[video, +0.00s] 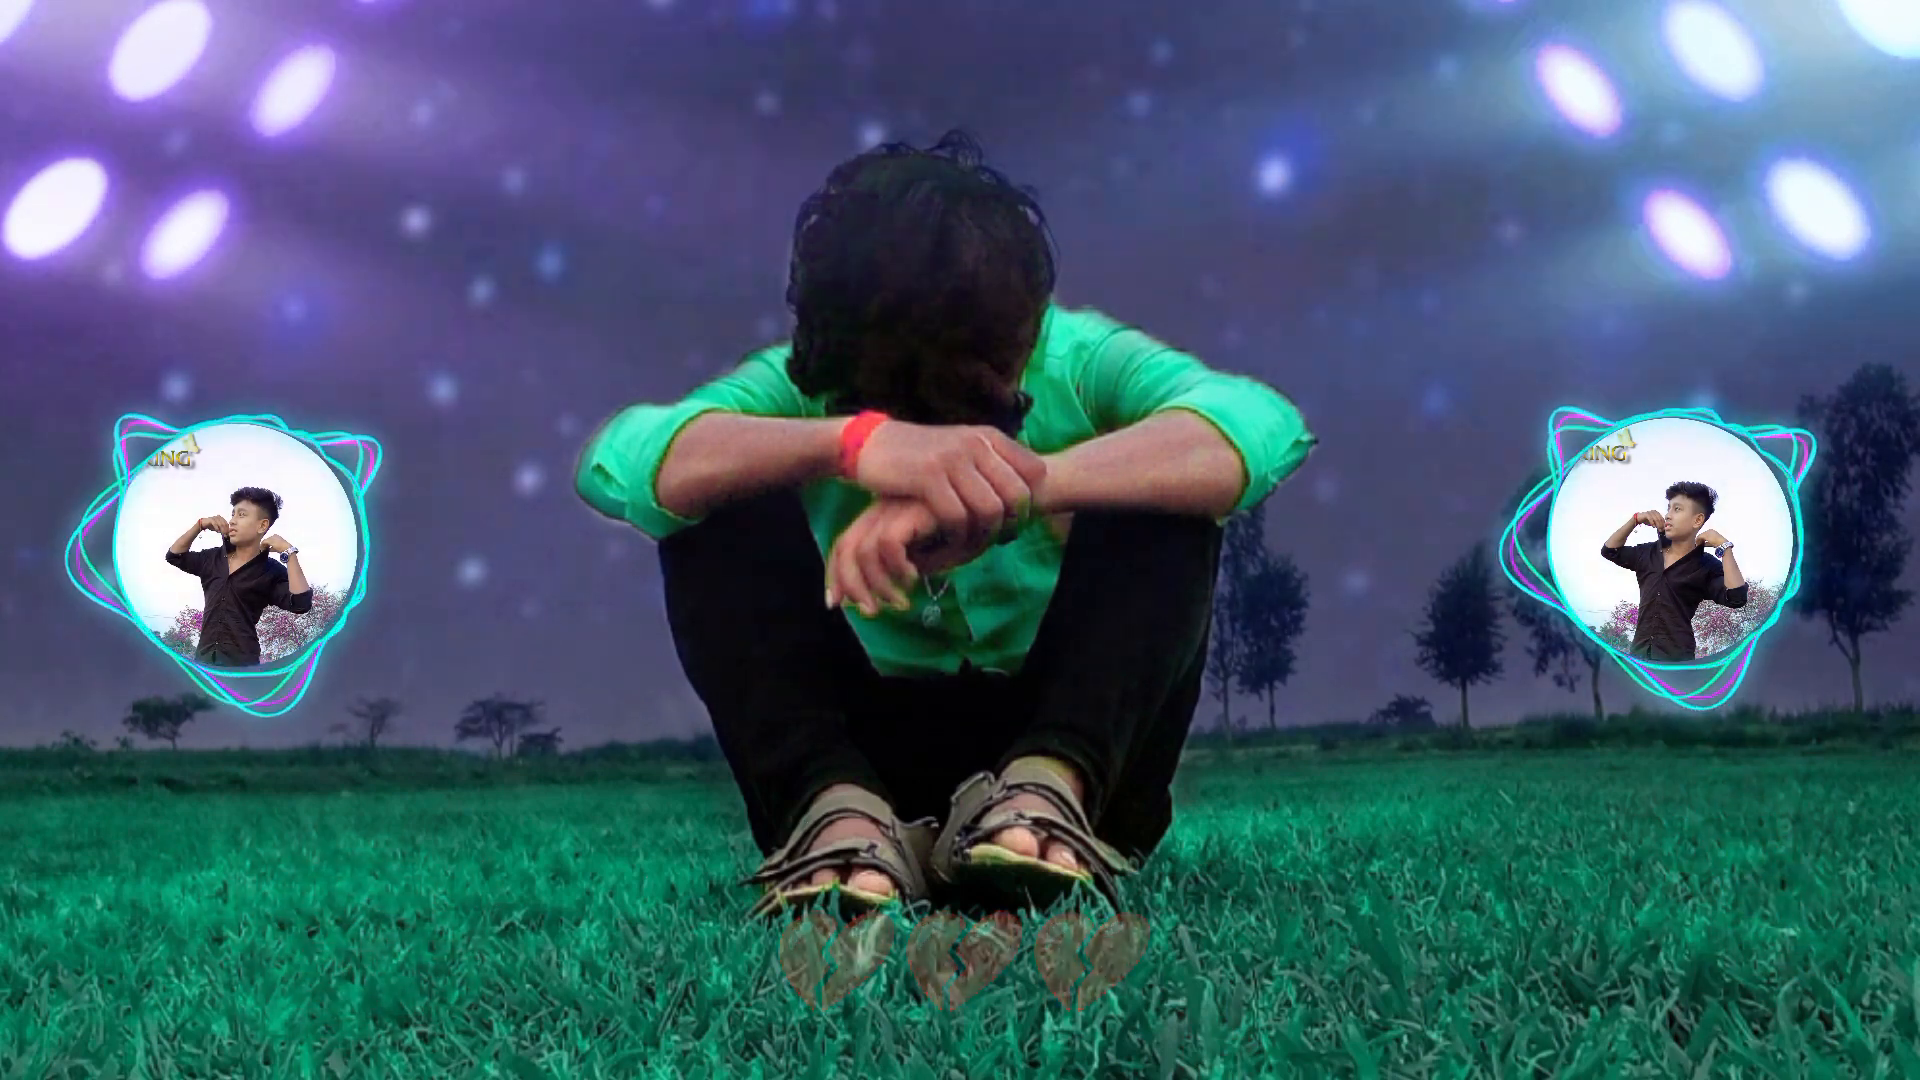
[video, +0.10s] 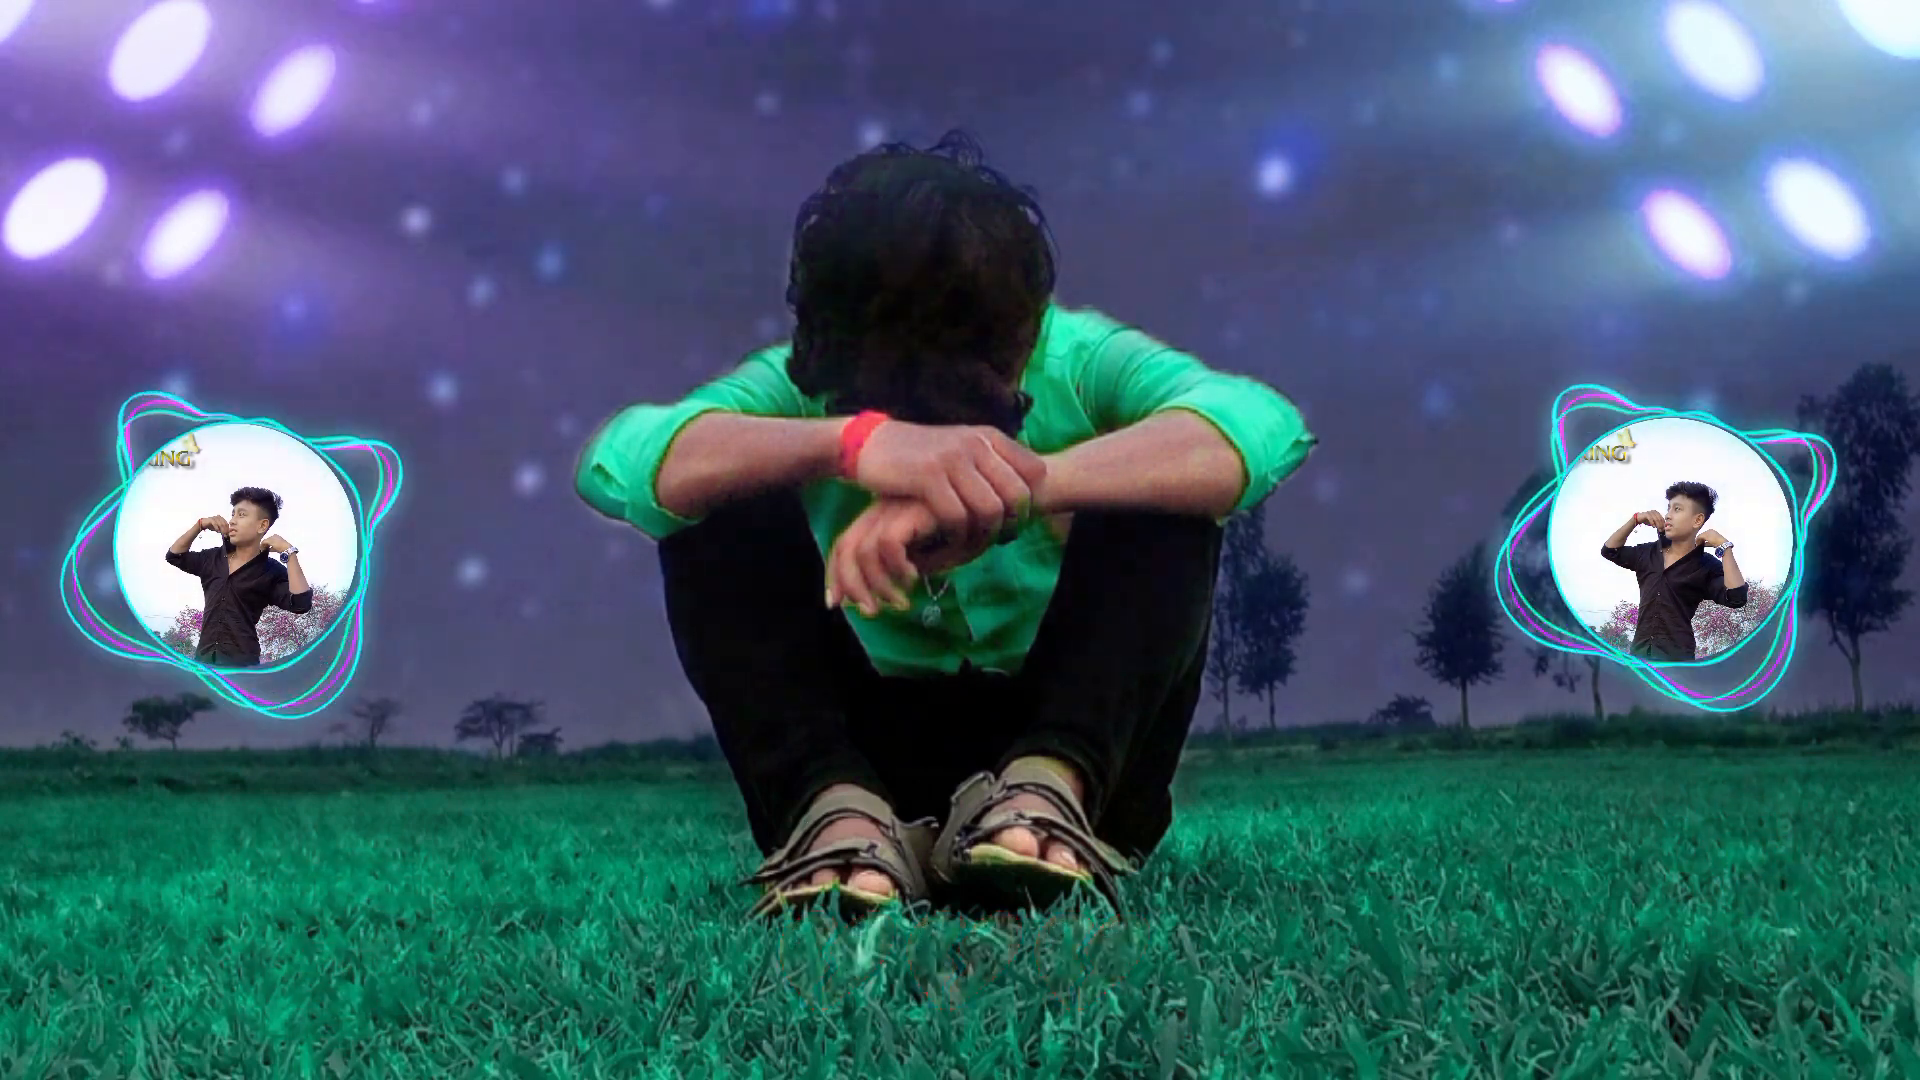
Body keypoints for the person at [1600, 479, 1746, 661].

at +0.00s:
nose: (1667, 515)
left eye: (1677, 509)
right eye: (1668, 508)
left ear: (1698, 520)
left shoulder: (1705, 565)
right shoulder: (1647, 553)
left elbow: (1737, 599)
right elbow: (1609, 551)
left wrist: (1725, 547)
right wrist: (1634, 521)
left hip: (1677, 659)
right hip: (1639, 654)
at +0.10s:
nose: (1667, 515)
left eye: (1677, 509)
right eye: (1668, 509)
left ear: (1698, 520)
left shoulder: (1705, 564)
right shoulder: (1647, 553)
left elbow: (1737, 599)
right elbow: (1609, 551)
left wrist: (1725, 547)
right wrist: (1634, 520)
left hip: (1677, 656)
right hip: (1639, 652)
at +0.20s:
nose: (1667, 515)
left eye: (1677, 509)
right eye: (1668, 508)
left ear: (1698, 520)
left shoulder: (1705, 564)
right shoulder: (1647, 553)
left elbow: (1737, 599)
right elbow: (1609, 551)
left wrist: (1725, 547)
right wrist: (1634, 520)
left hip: (1677, 658)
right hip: (1639, 654)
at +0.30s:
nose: (1667, 515)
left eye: (1677, 509)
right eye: (1668, 508)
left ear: (1698, 520)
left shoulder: (1705, 564)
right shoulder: (1647, 553)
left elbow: (1737, 599)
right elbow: (1609, 551)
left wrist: (1725, 547)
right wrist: (1634, 520)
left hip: (1677, 657)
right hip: (1639, 652)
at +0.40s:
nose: (1667, 515)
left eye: (1677, 509)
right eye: (1668, 508)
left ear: (1698, 520)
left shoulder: (1705, 564)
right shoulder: (1647, 553)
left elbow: (1737, 599)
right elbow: (1609, 551)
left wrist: (1725, 547)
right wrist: (1634, 520)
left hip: (1677, 657)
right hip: (1639, 653)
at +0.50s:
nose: (1667, 515)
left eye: (1677, 509)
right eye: (1668, 509)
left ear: (1698, 520)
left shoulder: (1705, 564)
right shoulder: (1647, 553)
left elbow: (1737, 599)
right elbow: (1609, 551)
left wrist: (1725, 547)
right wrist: (1634, 520)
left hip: (1677, 658)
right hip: (1639, 653)